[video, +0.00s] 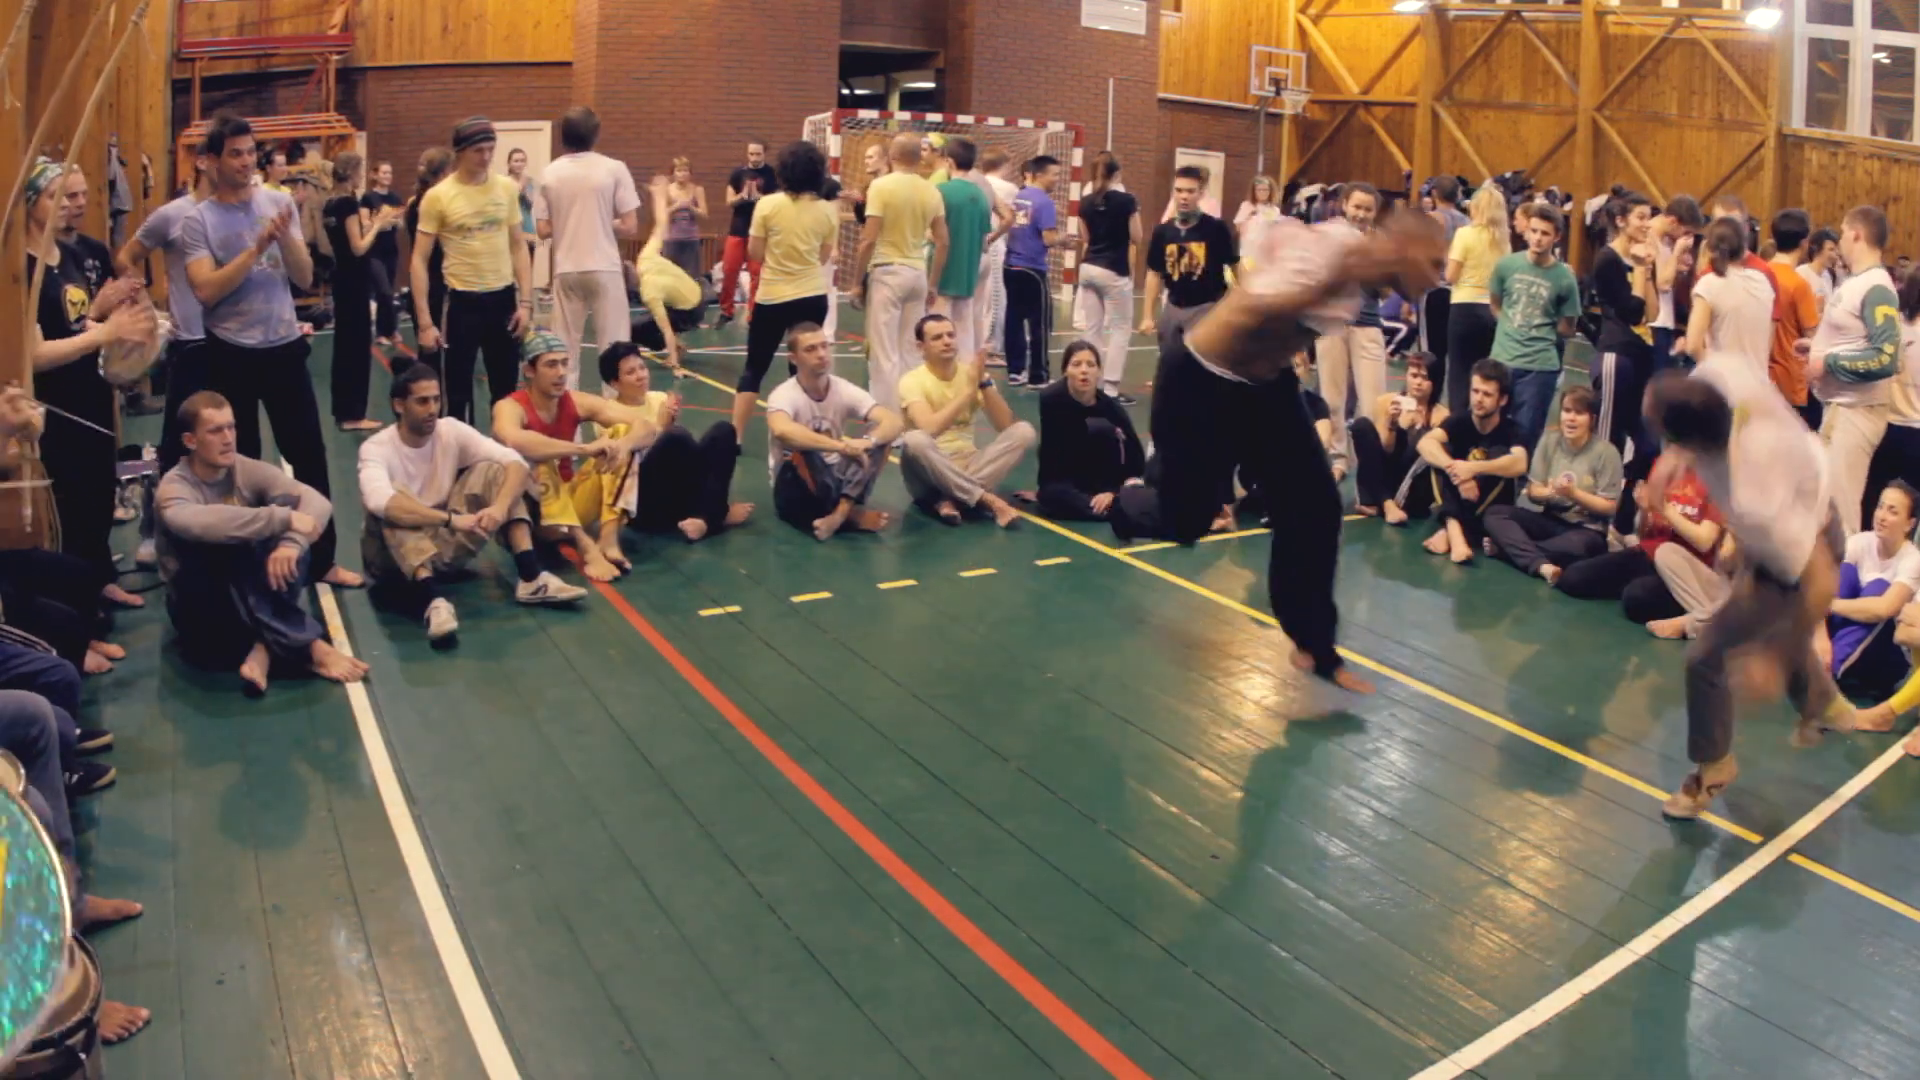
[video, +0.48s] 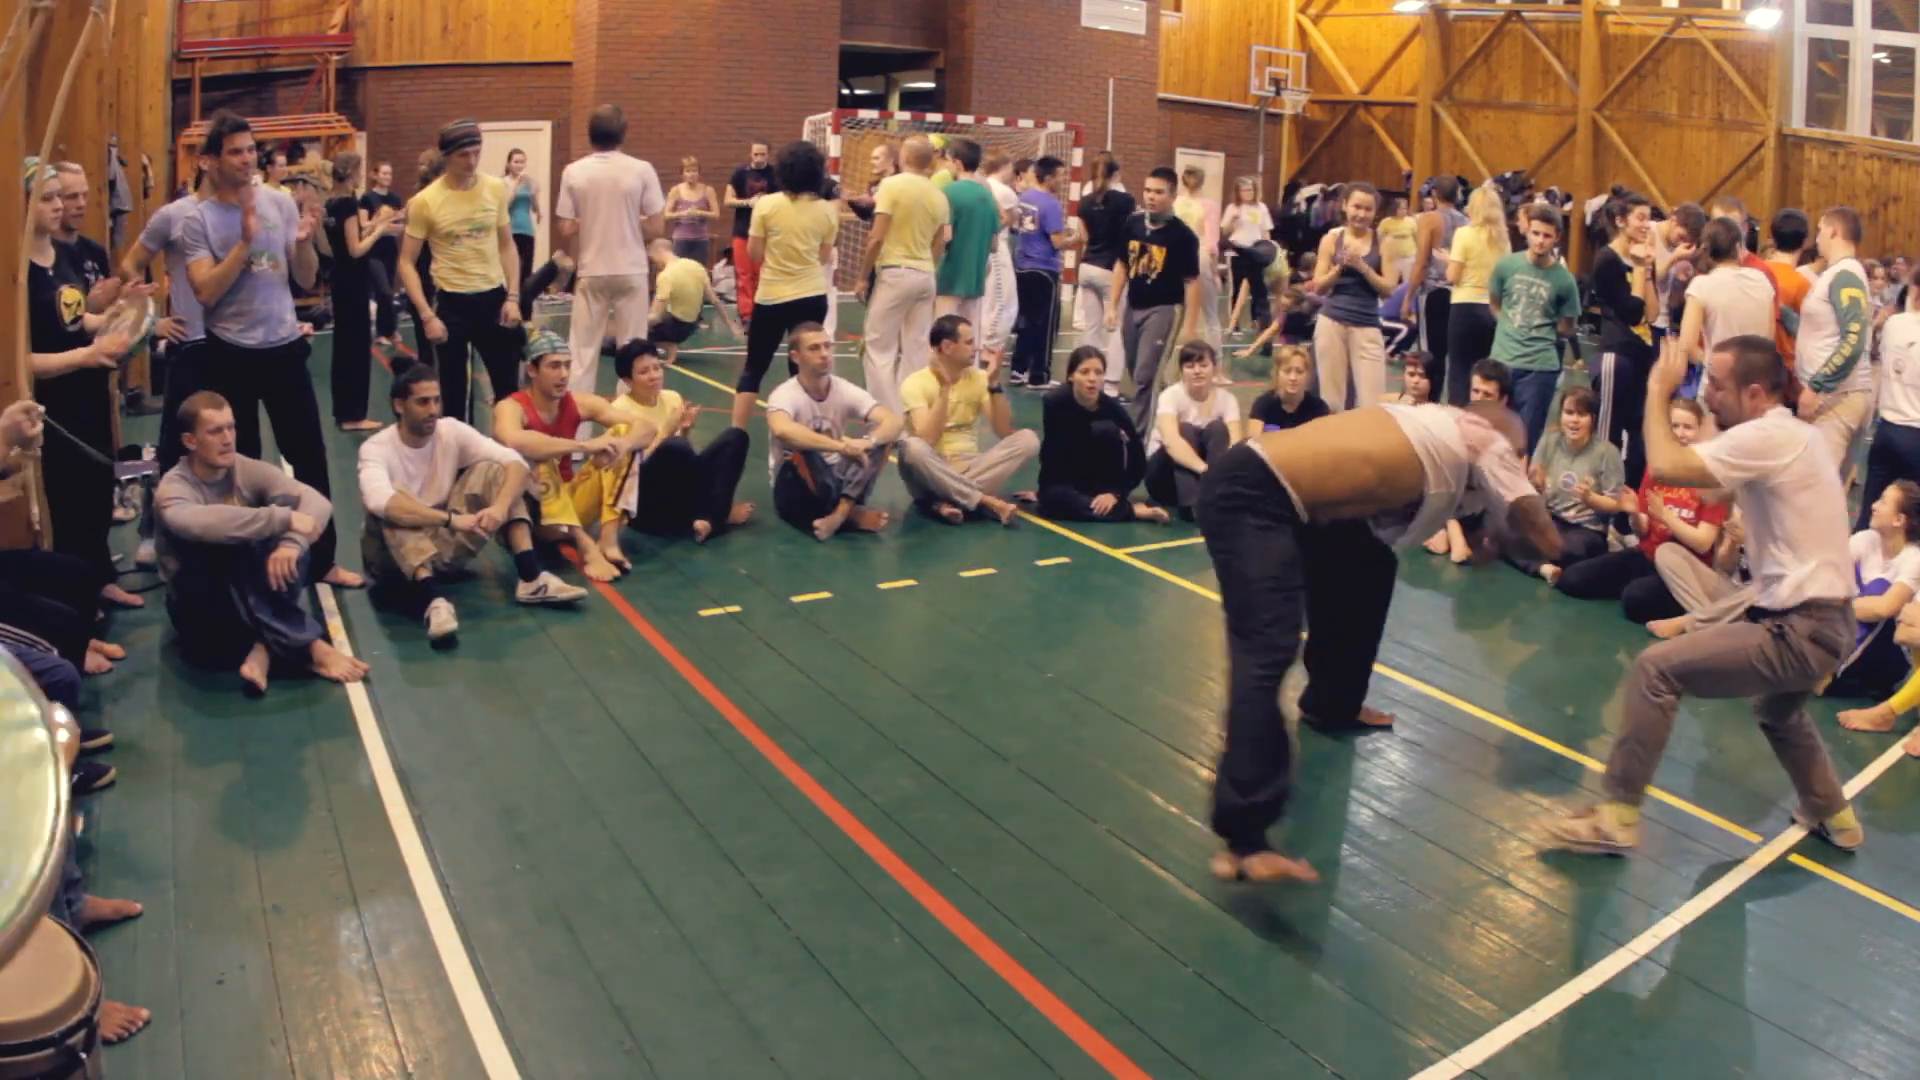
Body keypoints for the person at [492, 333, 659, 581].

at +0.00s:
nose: (561, 373)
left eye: (564, 364)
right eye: (551, 365)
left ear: (569, 366)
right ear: (529, 370)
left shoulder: (578, 402)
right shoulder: (509, 407)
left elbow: (648, 428)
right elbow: (513, 441)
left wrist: (625, 445)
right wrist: (584, 449)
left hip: (574, 505)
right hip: (527, 513)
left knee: (622, 432)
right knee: (541, 465)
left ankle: (609, 537)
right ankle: (586, 545)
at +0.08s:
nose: (561, 373)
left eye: (565, 364)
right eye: (552, 365)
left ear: (570, 366)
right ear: (530, 370)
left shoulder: (578, 402)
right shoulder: (509, 407)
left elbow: (648, 426)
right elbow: (512, 440)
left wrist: (624, 445)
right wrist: (582, 449)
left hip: (574, 505)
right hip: (528, 513)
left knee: (622, 432)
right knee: (541, 466)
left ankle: (609, 537)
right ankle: (586, 545)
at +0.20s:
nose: (563, 373)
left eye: (566, 364)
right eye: (553, 365)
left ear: (570, 366)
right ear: (530, 370)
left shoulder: (579, 403)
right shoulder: (509, 407)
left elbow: (645, 426)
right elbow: (513, 441)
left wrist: (622, 442)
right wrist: (583, 447)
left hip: (573, 507)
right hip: (528, 511)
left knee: (620, 436)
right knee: (542, 465)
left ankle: (609, 538)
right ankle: (586, 545)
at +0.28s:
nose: (563, 373)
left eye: (566, 365)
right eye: (553, 365)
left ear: (571, 366)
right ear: (531, 369)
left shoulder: (581, 403)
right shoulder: (510, 408)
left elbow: (646, 428)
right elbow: (513, 441)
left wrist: (623, 441)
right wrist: (582, 446)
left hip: (573, 506)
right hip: (528, 513)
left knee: (620, 442)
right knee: (541, 464)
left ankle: (609, 538)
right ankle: (586, 546)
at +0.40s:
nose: (563, 374)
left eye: (567, 365)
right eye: (554, 366)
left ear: (572, 366)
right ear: (531, 369)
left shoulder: (582, 403)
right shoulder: (509, 408)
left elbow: (646, 428)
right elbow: (513, 441)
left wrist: (624, 442)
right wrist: (583, 445)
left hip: (573, 505)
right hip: (528, 512)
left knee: (621, 440)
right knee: (542, 466)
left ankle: (609, 538)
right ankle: (587, 546)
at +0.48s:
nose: (563, 374)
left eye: (567, 366)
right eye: (554, 366)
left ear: (572, 367)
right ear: (532, 370)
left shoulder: (582, 403)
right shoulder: (510, 408)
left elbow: (646, 428)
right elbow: (515, 442)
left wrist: (625, 444)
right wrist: (583, 446)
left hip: (572, 505)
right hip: (527, 512)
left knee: (622, 441)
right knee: (542, 465)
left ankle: (609, 538)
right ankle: (587, 546)